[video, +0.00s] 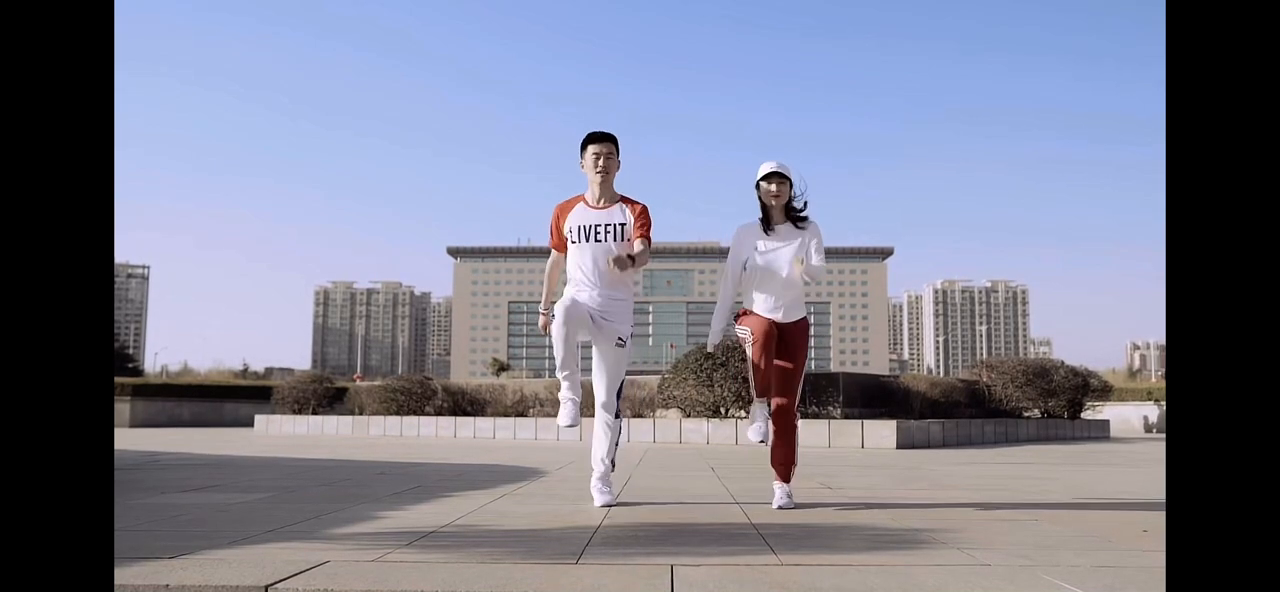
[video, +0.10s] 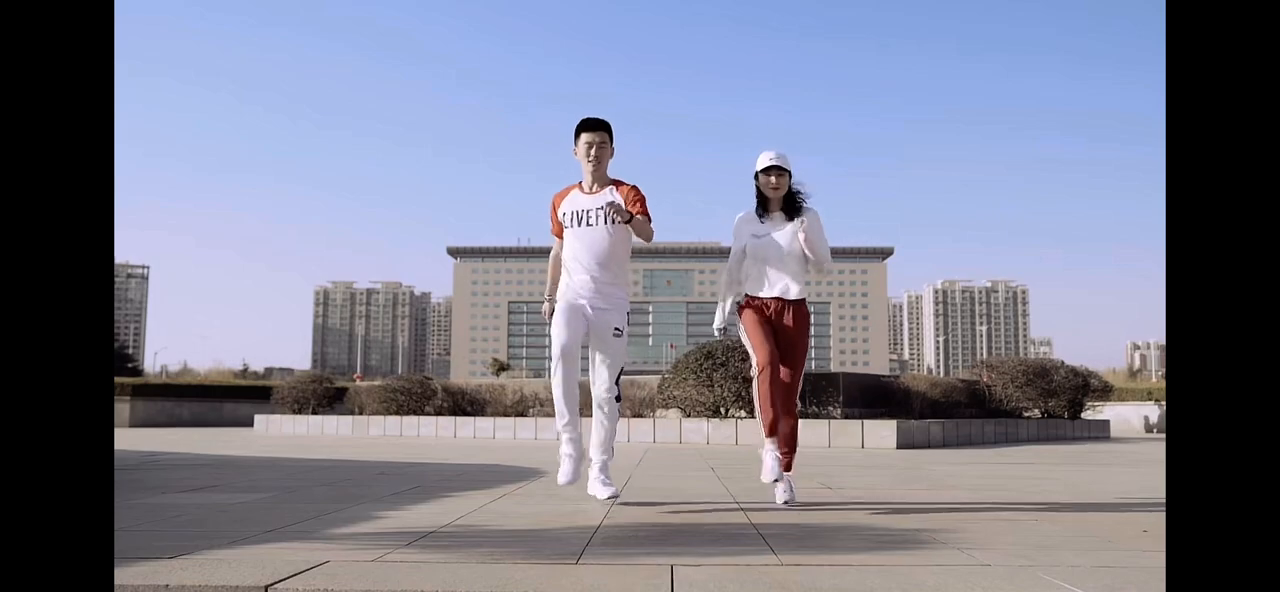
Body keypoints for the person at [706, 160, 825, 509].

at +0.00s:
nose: (775, 187)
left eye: (781, 182)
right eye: (768, 183)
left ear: (790, 188)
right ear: (758, 190)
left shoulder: (807, 229)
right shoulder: (745, 233)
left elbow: (817, 272)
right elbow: (728, 284)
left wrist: (805, 264)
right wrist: (717, 330)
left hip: (794, 320)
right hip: (755, 315)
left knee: (783, 406)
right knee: (763, 329)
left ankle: (782, 483)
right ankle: (760, 407)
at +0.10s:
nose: (774, 178)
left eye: (780, 173)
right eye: (767, 173)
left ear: (789, 178)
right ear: (758, 180)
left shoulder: (805, 218)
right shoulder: (745, 221)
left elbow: (822, 261)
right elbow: (733, 268)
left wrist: (808, 226)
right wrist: (724, 306)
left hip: (793, 309)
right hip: (753, 307)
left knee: (787, 390)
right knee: (765, 363)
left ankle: (784, 474)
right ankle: (770, 443)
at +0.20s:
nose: (774, 187)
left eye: (780, 181)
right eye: (767, 182)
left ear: (789, 187)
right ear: (758, 188)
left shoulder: (805, 228)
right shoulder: (746, 230)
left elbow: (825, 274)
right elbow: (731, 280)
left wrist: (812, 242)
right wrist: (717, 319)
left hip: (795, 319)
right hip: (756, 320)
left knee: (790, 396)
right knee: (766, 384)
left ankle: (787, 476)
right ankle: (772, 470)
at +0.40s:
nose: (773, 177)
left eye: (779, 171)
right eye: (766, 171)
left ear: (788, 178)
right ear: (756, 179)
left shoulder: (805, 218)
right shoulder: (742, 222)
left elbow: (814, 263)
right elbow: (733, 271)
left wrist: (812, 287)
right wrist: (734, 310)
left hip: (793, 305)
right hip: (754, 305)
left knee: (782, 381)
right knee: (759, 393)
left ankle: (787, 428)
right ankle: (763, 477)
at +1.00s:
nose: (781, 174)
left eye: (788, 168)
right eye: (775, 168)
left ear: (799, 173)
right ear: (765, 172)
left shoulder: (815, 215)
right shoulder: (749, 209)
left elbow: (826, 265)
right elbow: (732, 260)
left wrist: (823, 311)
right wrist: (729, 306)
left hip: (797, 304)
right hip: (755, 303)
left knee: (790, 393)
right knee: (756, 369)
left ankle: (790, 482)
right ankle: (764, 437)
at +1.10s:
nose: (782, 181)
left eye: (789, 175)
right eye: (776, 175)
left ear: (800, 180)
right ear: (767, 180)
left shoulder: (815, 222)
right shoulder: (749, 219)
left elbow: (830, 263)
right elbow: (733, 260)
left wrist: (819, 300)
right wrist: (744, 295)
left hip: (797, 305)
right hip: (757, 304)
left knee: (790, 402)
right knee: (758, 341)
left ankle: (791, 479)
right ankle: (759, 413)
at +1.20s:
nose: (785, 179)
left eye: (792, 173)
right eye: (779, 173)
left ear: (803, 178)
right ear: (770, 177)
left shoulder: (818, 220)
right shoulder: (753, 218)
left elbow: (845, 264)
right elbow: (728, 263)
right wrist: (741, 246)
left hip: (798, 310)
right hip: (758, 303)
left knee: (790, 399)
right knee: (761, 324)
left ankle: (790, 481)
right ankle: (757, 404)